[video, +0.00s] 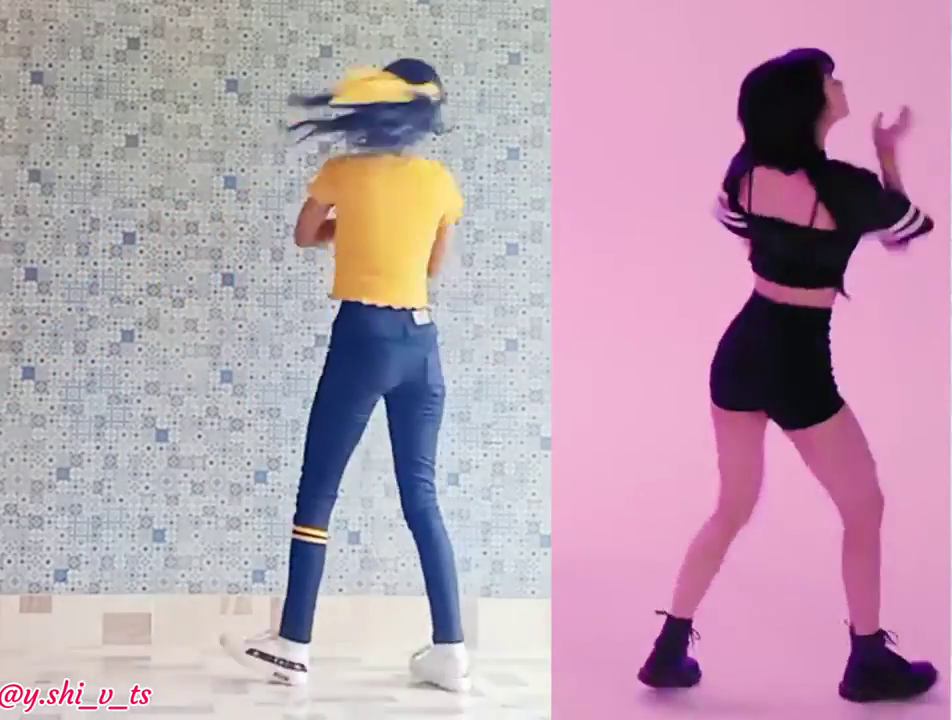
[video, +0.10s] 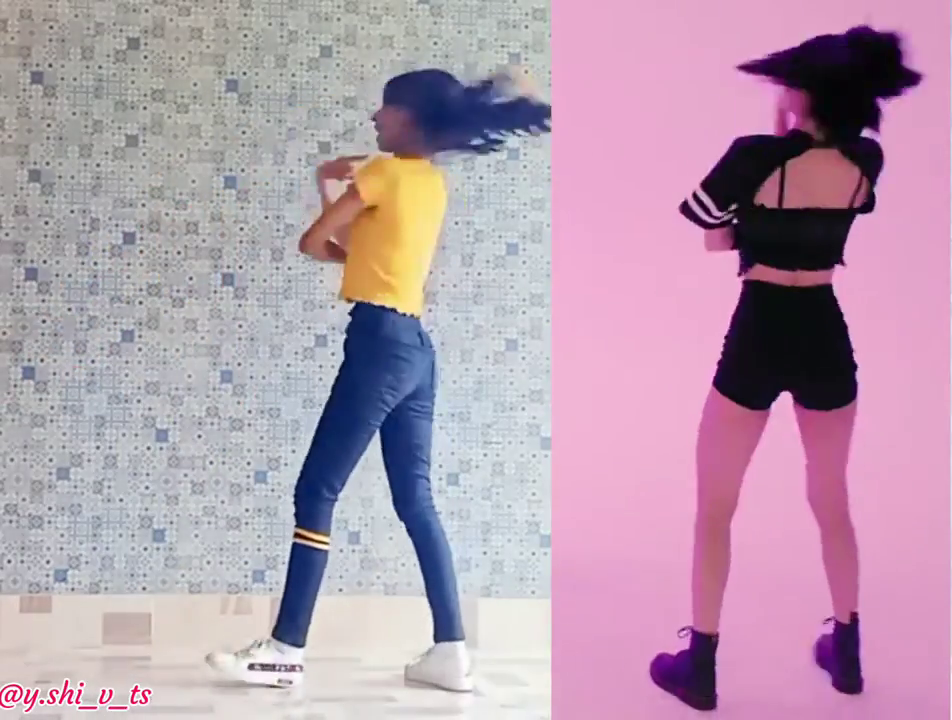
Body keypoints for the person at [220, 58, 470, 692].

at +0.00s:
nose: (348, 127)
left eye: (354, 118)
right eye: (352, 118)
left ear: (367, 119)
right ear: (418, 120)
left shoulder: (346, 169)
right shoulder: (441, 180)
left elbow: (307, 234)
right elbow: (434, 267)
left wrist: (366, 220)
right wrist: (377, 229)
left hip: (361, 346)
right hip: (421, 349)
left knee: (316, 495)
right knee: (422, 500)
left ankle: (292, 646)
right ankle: (450, 651)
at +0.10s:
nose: (377, 114)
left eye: (388, 106)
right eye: (381, 104)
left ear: (413, 121)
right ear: (425, 124)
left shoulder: (386, 172)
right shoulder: (429, 180)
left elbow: (311, 242)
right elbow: (370, 246)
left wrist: (360, 252)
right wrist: (335, 188)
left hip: (379, 345)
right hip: (415, 349)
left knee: (315, 491)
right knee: (416, 502)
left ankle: (285, 650)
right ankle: (450, 651)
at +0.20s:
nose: (392, 126)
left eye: (403, 115)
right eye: (391, 118)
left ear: (436, 123)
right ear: (426, 129)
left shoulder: (418, 174)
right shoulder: (428, 185)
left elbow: (342, 236)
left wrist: (344, 266)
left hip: (384, 348)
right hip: (406, 353)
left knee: (320, 493)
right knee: (398, 508)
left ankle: (280, 655)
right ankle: (447, 651)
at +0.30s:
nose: (399, 126)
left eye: (413, 116)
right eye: (394, 118)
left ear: (441, 128)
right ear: (393, 128)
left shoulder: (424, 174)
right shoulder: (415, 185)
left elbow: (376, 256)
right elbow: (328, 228)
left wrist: (340, 268)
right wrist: (316, 155)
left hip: (382, 346)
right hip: (404, 351)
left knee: (316, 493)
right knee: (395, 509)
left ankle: (281, 653)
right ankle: (446, 652)